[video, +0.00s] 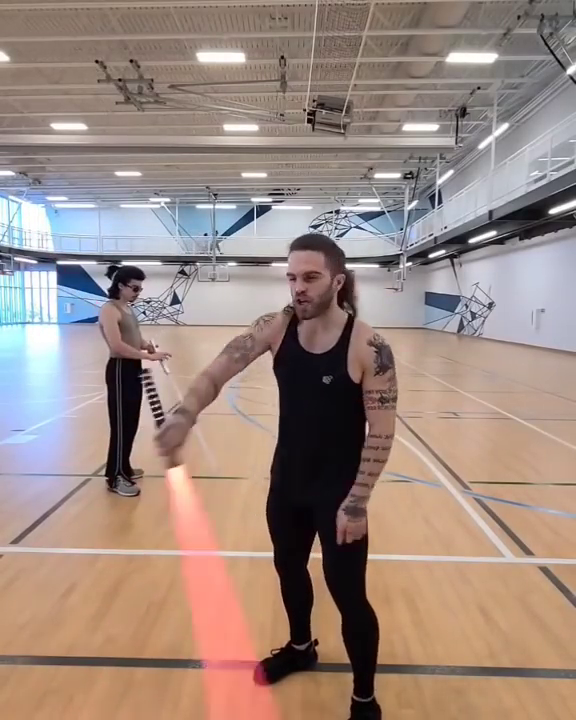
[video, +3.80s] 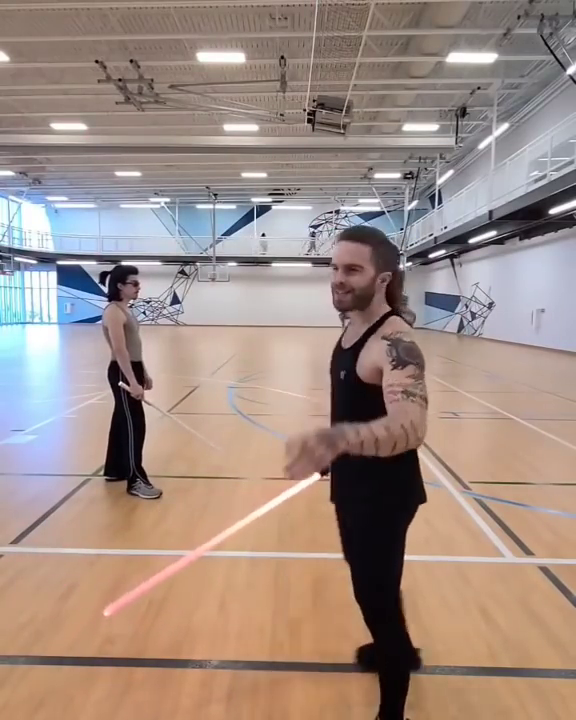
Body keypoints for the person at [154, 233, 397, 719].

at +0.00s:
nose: (298, 287)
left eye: (310, 278)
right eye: (292, 277)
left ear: (338, 280)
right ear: (287, 279)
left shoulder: (369, 347)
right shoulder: (277, 328)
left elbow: (381, 432)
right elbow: (217, 372)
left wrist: (357, 501)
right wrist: (184, 415)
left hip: (342, 487)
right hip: (289, 478)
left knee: (348, 595)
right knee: (290, 568)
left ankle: (363, 696)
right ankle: (301, 645)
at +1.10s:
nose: (325, 279)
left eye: (337, 271)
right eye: (325, 269)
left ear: (371, 281)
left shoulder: (402, 338)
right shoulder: (327, 337)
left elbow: (406, 426)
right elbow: (291, 399)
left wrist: (339, 485)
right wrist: (224, 388)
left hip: (375, 495)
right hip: (321, 483)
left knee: (364, 605)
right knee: (288, 568)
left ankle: (367, 700)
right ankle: (298, 642)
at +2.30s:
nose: (310, 279)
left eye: (322, 268)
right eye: (302, 269)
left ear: (349, 273)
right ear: (296, 275)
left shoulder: (371, 342)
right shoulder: (306, 333)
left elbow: (390, 424)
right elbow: (298, 404)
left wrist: (307, 445)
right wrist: (260, 438)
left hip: (349, 494)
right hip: (299, 486)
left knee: (351, 604)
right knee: (289, 579)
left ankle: (366, 699)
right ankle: (290, 655)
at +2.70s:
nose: (271, 284)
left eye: (284, 276)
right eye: (267, 274)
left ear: (312, 282)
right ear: (265, 276)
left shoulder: (320, 332)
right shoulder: (284, 330)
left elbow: (330, 372)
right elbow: (272, 415)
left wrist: (295, 380)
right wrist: (258, 473)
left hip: (301, 487)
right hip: (266, 482)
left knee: (316, 603)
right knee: (277, 575)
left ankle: (364, 692)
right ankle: (290, 655)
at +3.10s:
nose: (281, 282)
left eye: (293, 273)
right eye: (275, 272)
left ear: (318, 279)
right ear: (268, 276)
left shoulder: (329, 335)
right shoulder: (283, 332)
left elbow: (347, 397)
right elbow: (278, 410)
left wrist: (308, 435)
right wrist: (258, 459)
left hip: (309, 484)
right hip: (272, 478)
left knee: (306, 602)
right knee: (282, 576)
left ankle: (363, 691)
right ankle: (290, 655)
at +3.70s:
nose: (344, 287)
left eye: (358, 277)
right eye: (335, 275)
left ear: (381, 281)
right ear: (326, 276)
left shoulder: (398, 347)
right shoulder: (341, 327)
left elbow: (410, 416)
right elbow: (345, 398)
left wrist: (354, 396)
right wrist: (327, 445)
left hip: (380, 494)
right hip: (339, 479)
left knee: (376, 610)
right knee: (335, 563)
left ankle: (391, 715)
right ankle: (362, 646)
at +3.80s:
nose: (339, 279)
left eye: (352, 270)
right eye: (335, 269)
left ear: (384, 277)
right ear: (332, 270)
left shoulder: (396, 342)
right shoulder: (354, 327)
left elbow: (411, 425)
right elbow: (356, 409)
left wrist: (337, 439)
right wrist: (339, 467)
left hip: (384, 489)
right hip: (355, 480)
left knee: (376, 598)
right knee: (368, 574)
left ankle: (390, 714)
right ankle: (394, 646)